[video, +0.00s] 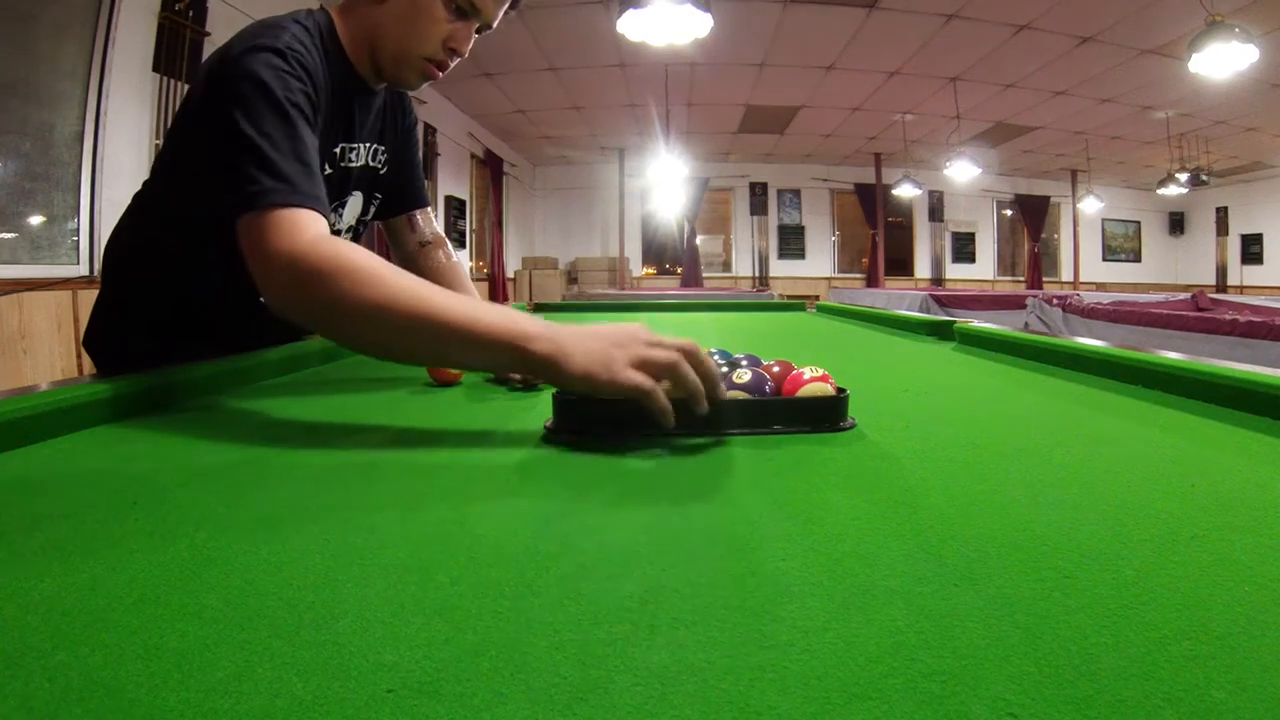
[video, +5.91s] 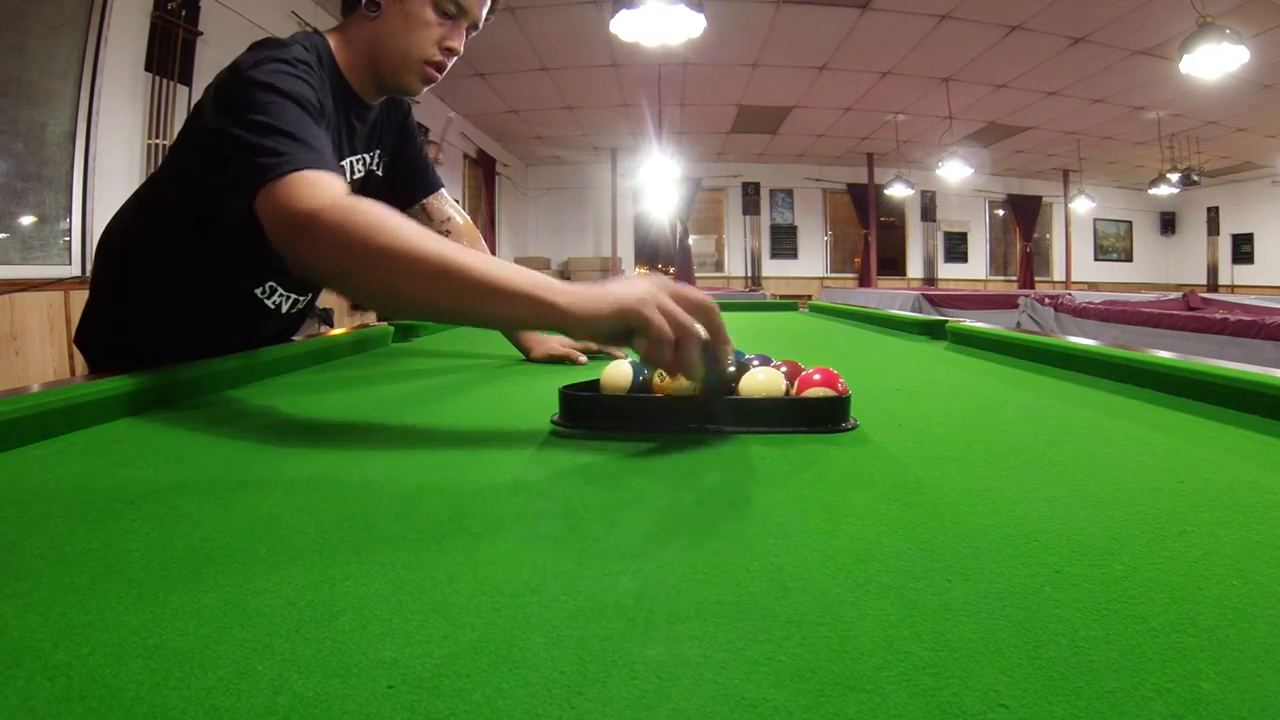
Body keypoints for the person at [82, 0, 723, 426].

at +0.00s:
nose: (464, 46)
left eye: (478, 32)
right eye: (462, 16)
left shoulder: (391, 101)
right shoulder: (272, 63)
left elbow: (419, 243)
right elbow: (292, 265)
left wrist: (497, 343)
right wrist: (554, 348)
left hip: (275, 355)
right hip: (160, 359)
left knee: (259, 555)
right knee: (149, 565)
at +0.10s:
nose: (464, 49)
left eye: (479, 34)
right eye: (462, 16)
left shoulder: (391, 101)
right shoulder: (272, 66)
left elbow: (420, 243)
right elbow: (296, 275)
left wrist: (490, 350)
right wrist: (552, 358)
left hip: (278, 354)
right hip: (161, 360)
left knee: (259, 555)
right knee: (150, 568)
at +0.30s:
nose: (463, 53)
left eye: (480, 36)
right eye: (462, 17)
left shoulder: (390, 104)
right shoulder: (272, 67)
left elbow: (419, 239)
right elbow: (211, 282)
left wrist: (493, 333)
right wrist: (453, 319)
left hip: (269, 352)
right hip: (159, 357)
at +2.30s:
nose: (462, 24)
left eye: (469, 9)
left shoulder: (388, 95)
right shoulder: (263, 64)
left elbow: (421, 237)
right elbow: (288, 278)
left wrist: (492, 333)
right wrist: (504, 376)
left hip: (277, 350)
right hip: (163, 358)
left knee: (255, 549)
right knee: (150, 559)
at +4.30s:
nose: (443, 31)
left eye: (453, 15)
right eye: (429, 4)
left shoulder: (384, 102)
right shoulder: (255, 71)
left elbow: (444, 225)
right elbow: (279, 268)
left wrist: (529, 337)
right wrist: (468, 384)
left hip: (265, 337)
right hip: (155, 343)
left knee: (247, 528)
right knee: (143, 538)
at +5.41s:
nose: (450, 35)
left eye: (458, 21)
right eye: (438, 6)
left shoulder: (386, 110)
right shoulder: (259, 81)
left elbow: (447, 225)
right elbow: (283, 266)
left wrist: (517, 329)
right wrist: (496, 347)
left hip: (258, 333)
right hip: (150, 334)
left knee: (243, 513)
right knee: (141, 522)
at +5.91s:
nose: (457, 48)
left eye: (467, 33)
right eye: (446, 17)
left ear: (449, 41)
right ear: (376, 1)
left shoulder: (387, 112)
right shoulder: (280, 76)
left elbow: (449, 227)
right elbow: (312, 232)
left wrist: (523, 330)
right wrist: (569, 301)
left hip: (255, 337)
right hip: (149, 338)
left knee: (238, 524)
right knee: (133, 534)